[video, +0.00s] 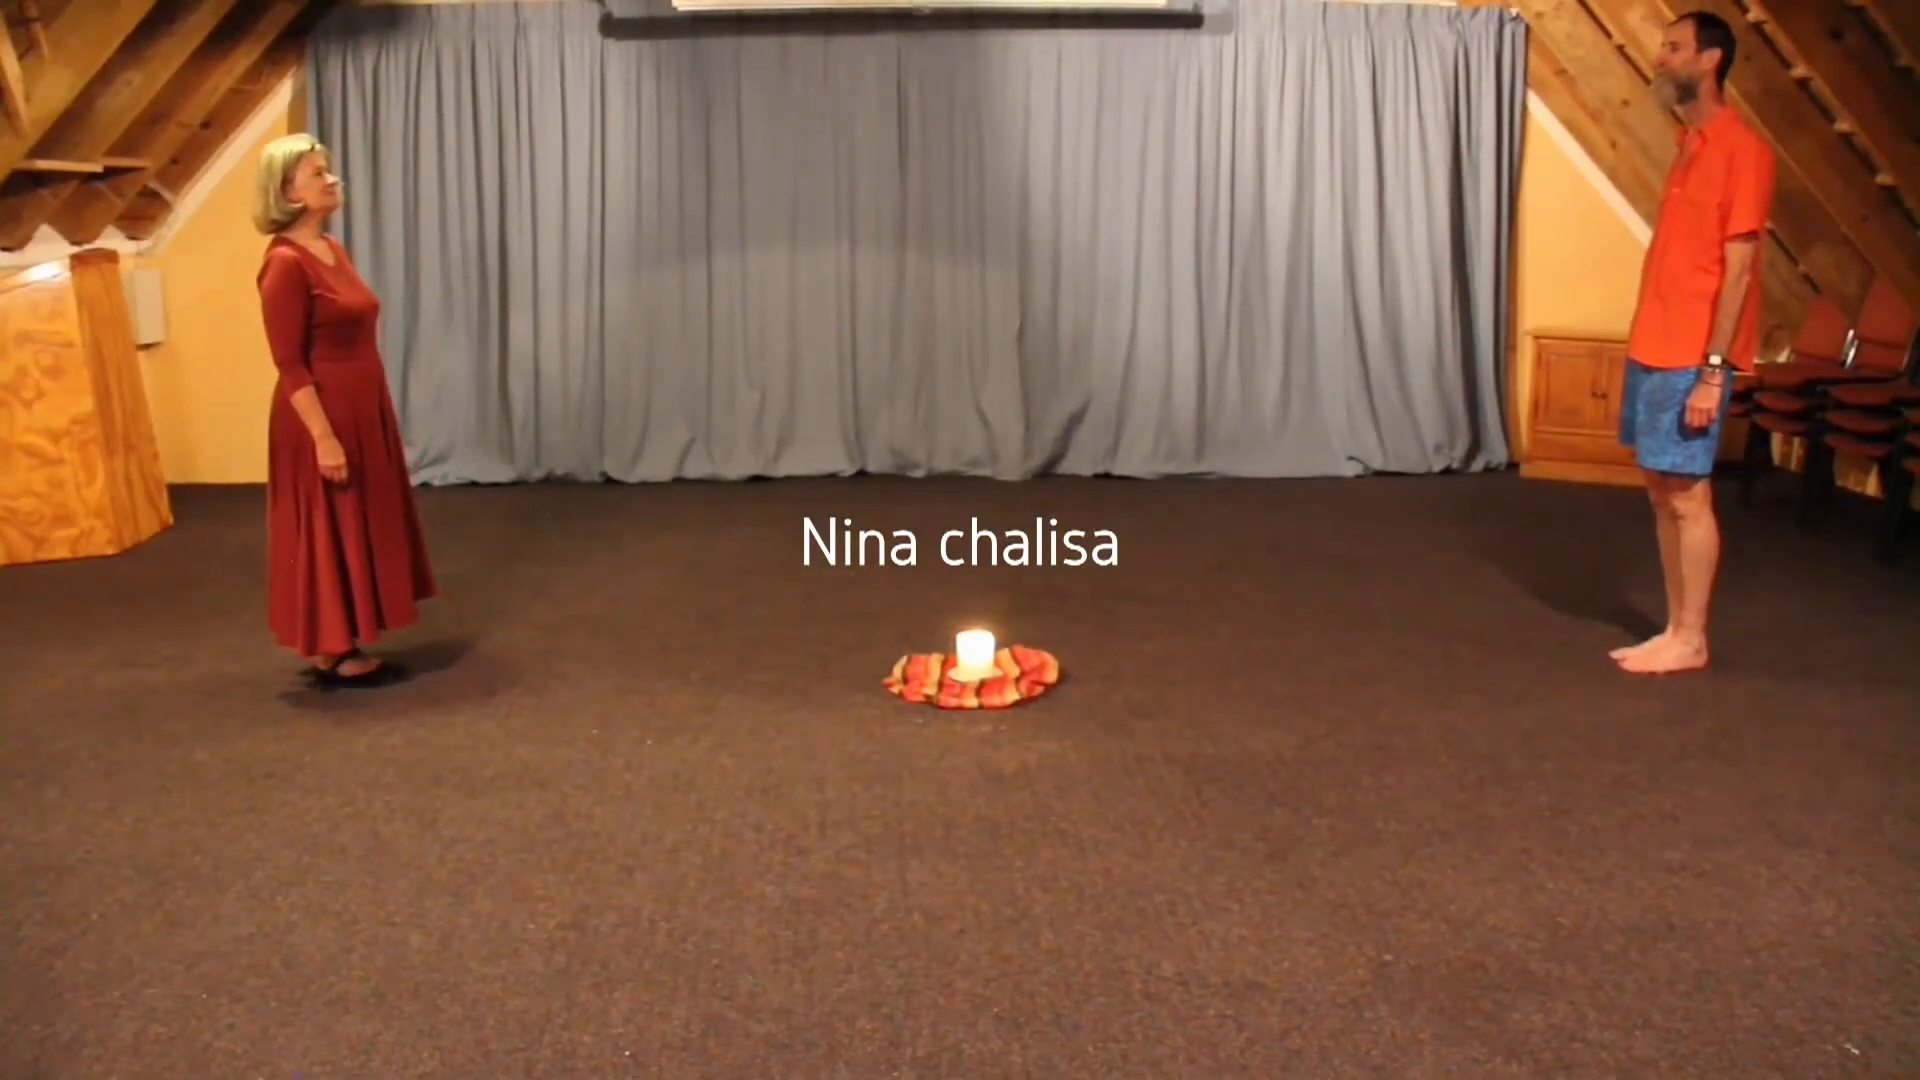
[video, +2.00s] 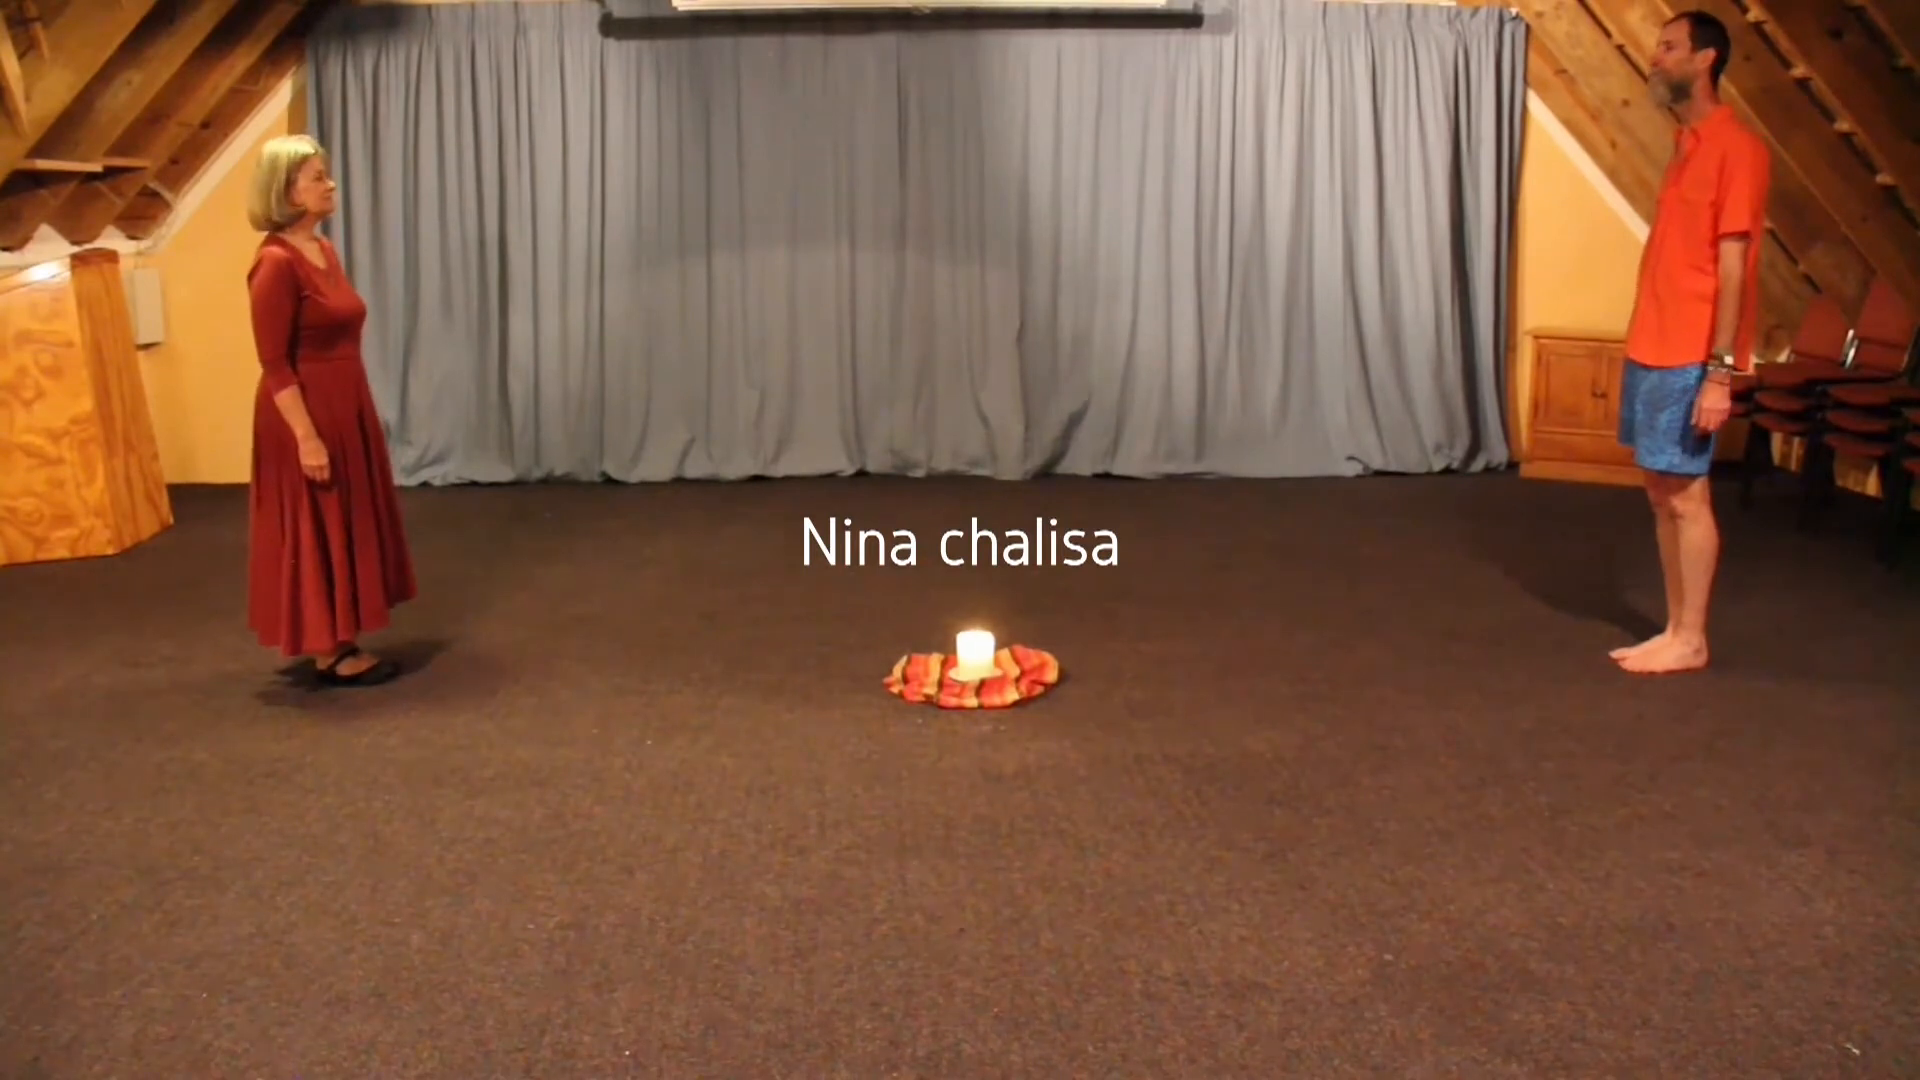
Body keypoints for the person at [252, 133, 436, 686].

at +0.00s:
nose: (334, 180)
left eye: (330, 171)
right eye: (320, 173)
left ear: (312, 190)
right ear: (290, 193)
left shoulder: (332, 249)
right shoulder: (283, 263)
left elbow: (352, 343)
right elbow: (289, 362)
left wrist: (375, 414)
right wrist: (323, 436)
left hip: (358, 405)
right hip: (320, 411)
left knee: (350, 522)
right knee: (325, 526)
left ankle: (342, 643)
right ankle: (330, 648)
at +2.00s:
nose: (330, 186)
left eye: (327, 176)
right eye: (318, 178)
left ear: (318, 186)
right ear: (287, 191)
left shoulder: (324, 249)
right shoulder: (275, 262)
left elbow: (339, 343)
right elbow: (274, 362)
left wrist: (361, 409)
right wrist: (306, 436)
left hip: (344, 403)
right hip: (306, 410)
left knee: (342, 521)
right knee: (314, 525)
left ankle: (339, 642)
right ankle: (324, 648)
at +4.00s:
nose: (358, 181)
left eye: (356, 171)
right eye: (345, 173)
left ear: (348, 183)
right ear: (314, 189)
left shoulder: (356, 248)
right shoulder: (306, 261)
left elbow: (371, 343)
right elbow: (303, 361)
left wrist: (392, 413)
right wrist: (321, 437)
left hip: (376, 405)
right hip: (337, 411)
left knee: (367, 520)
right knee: (338, 524)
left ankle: (354, 644)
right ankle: (339, 649)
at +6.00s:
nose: (349, 191)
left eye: (346, 181)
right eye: (337, 185)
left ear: (335, 191)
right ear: (306, 198)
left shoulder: (342, 248)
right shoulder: (290, 268)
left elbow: (352, 340)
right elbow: (280, 366)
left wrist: (369, 408)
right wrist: (292, 442)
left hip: (357, 404)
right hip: (318, 410)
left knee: (352, 519)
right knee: (324, 523)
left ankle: (343, 641)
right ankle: (330, 647)